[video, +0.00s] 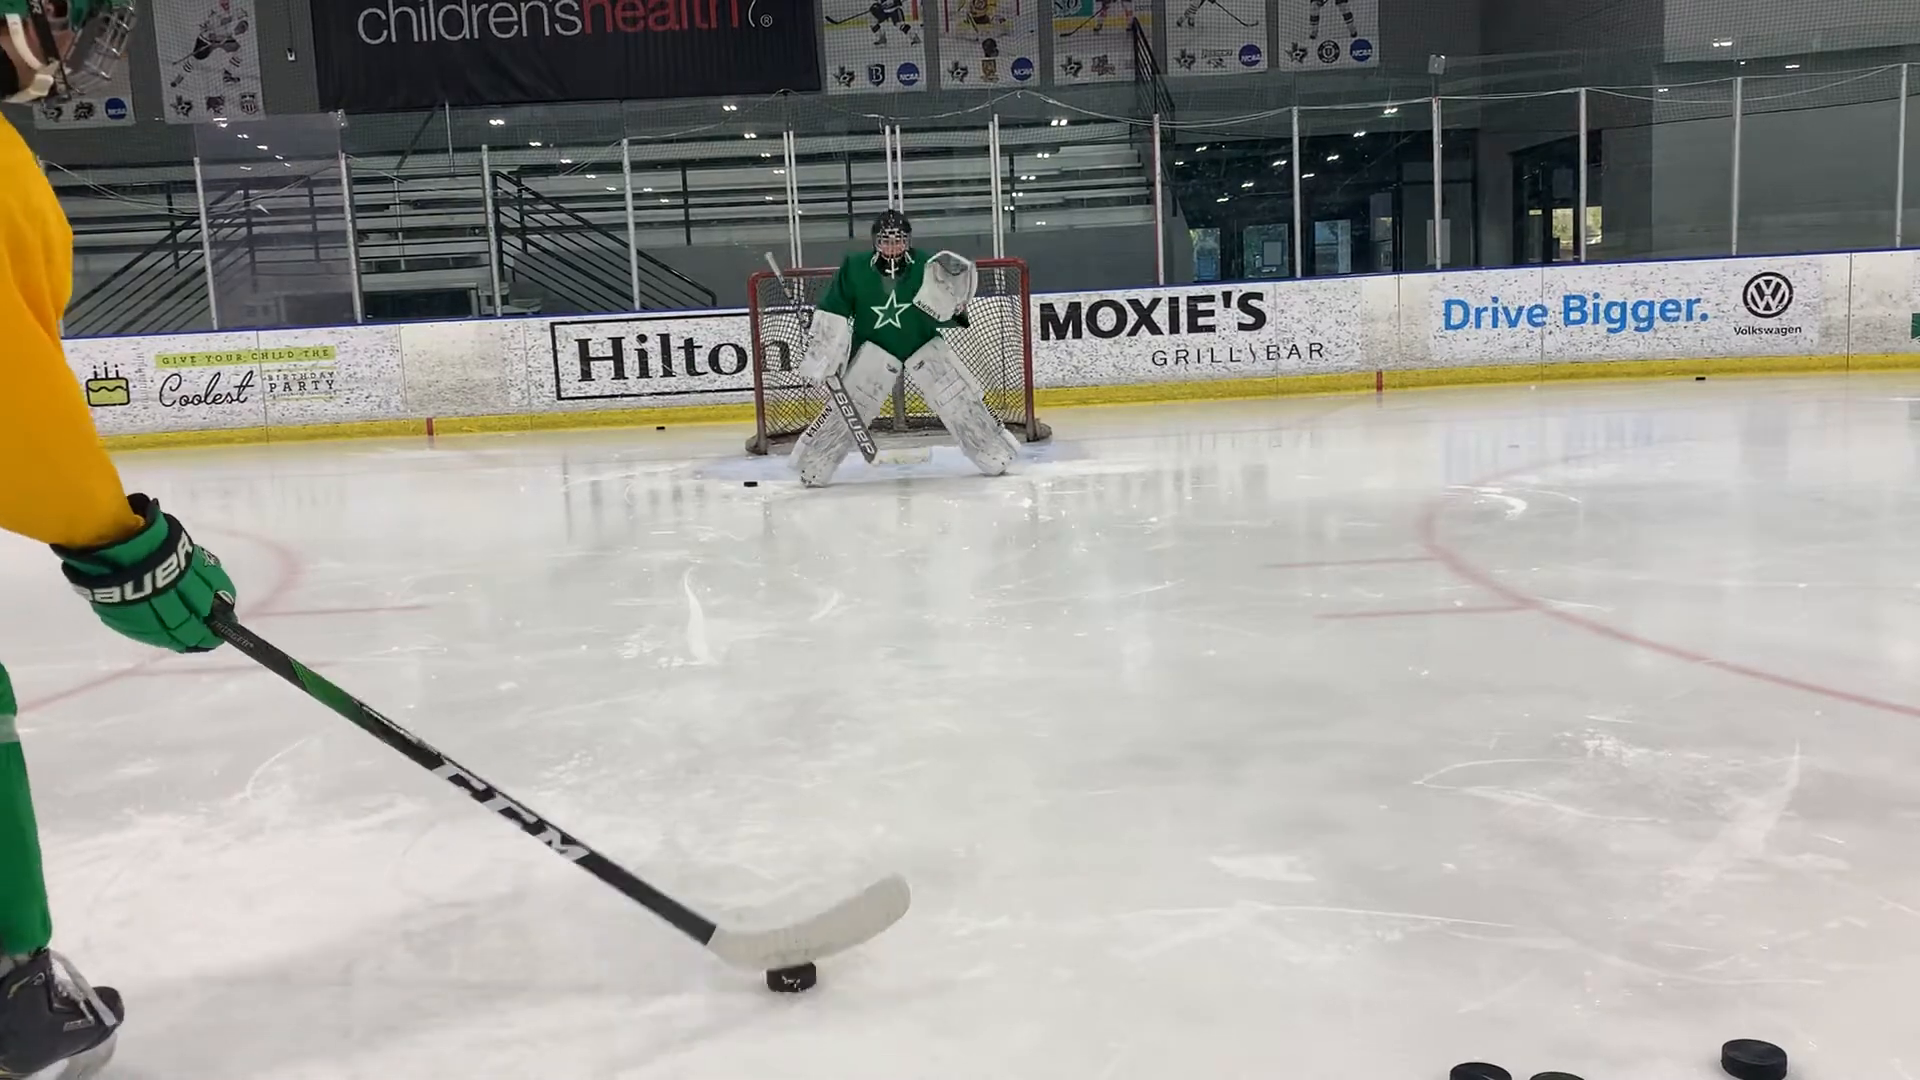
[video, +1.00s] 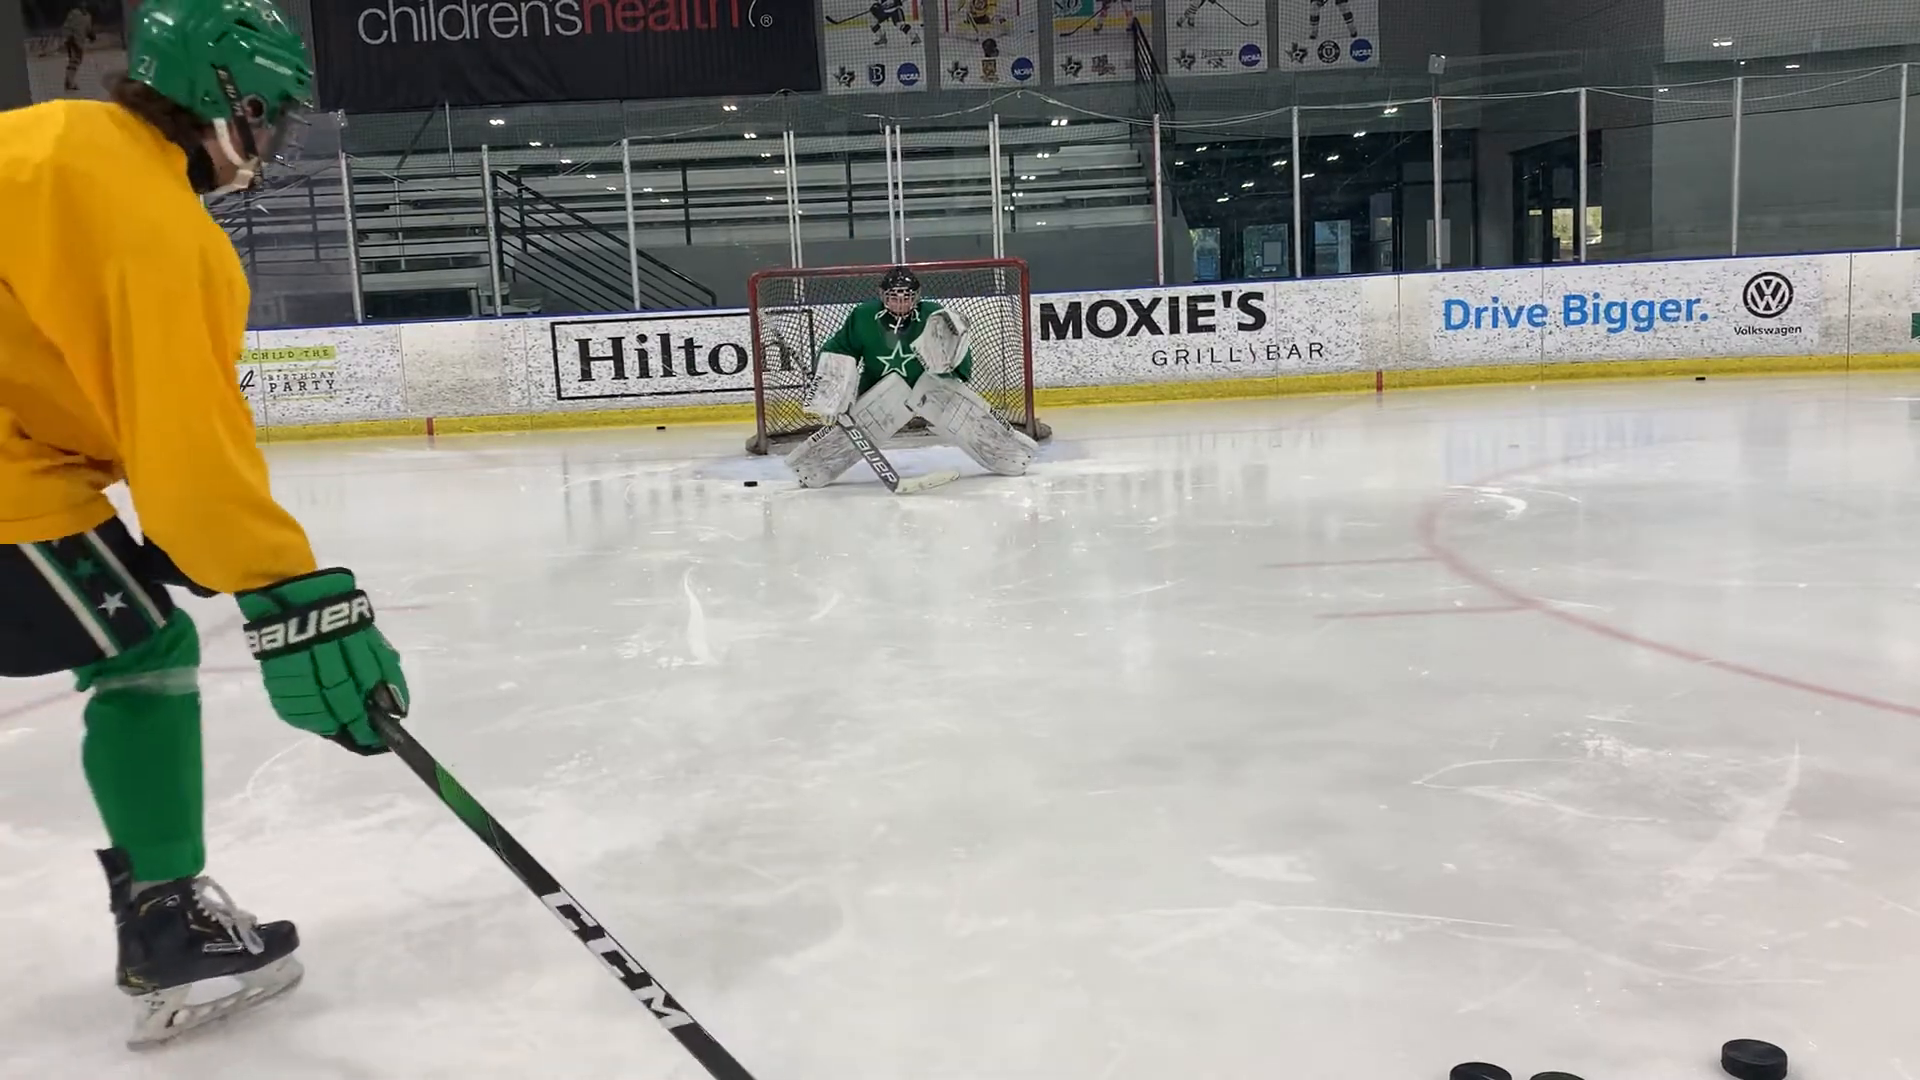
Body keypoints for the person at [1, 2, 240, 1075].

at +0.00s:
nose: (54, 53)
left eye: (56, 30)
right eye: (47, 26)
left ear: (19, 32)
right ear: (12, 26)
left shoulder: (13, 163)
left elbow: (17, 367)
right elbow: (13, 375)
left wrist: (105, 536)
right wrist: (118, 542)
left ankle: (16, 981)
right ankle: (15, 986)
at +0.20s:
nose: (88, 69)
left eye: (99, 43)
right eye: (84, 35)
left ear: (34, 31)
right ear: (31, 21)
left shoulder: (19, 170)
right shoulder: (6, 173)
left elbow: (29, 394)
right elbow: (29, 403)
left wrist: (135, 543)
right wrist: (150, 550)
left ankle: (20, 974)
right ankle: (20, 979)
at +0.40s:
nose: (134, 65)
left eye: (144, 43)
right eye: (122, 35)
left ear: (46, 29)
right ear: (45, 19)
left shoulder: (26, 155)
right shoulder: (13, 165)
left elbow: (37, 368)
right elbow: (31, 374)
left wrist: (155, 519)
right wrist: (167, 529)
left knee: (9, 691)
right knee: (6, 692)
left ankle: (27, 970)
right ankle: (25, 976)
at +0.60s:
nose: (157, 95)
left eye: (173, 74)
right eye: (147, 61)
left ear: (58, 39)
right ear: (65, 33)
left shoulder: (31, 157)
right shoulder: (27, 185)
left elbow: (49, 408)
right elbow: (64, 428)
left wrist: (180, 534)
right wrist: (201, 548)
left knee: (13, 688)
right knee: (12, 690)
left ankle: (28, 962)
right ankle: (27, 970)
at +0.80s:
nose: (214, 125)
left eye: (225, 103)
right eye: (207, 96)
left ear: (118, 64)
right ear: (133, 66)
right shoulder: (60, 206)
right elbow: (85, 443)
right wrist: (226, 586)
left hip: (4, 500)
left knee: (41, 669)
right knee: (54, 670)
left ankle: (74, 925)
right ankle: (86, 947)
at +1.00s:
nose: (270, 150)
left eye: (278, 125)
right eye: (267, 121)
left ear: (158, 86)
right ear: (220, 106)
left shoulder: (47, 134)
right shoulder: (164, 233)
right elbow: (193, 459)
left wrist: (121, 517)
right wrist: (300, 609)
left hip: (12, 473)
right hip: (11, 485)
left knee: (132, 650)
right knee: (147, 650)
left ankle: (155, 910)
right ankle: (167, 921)